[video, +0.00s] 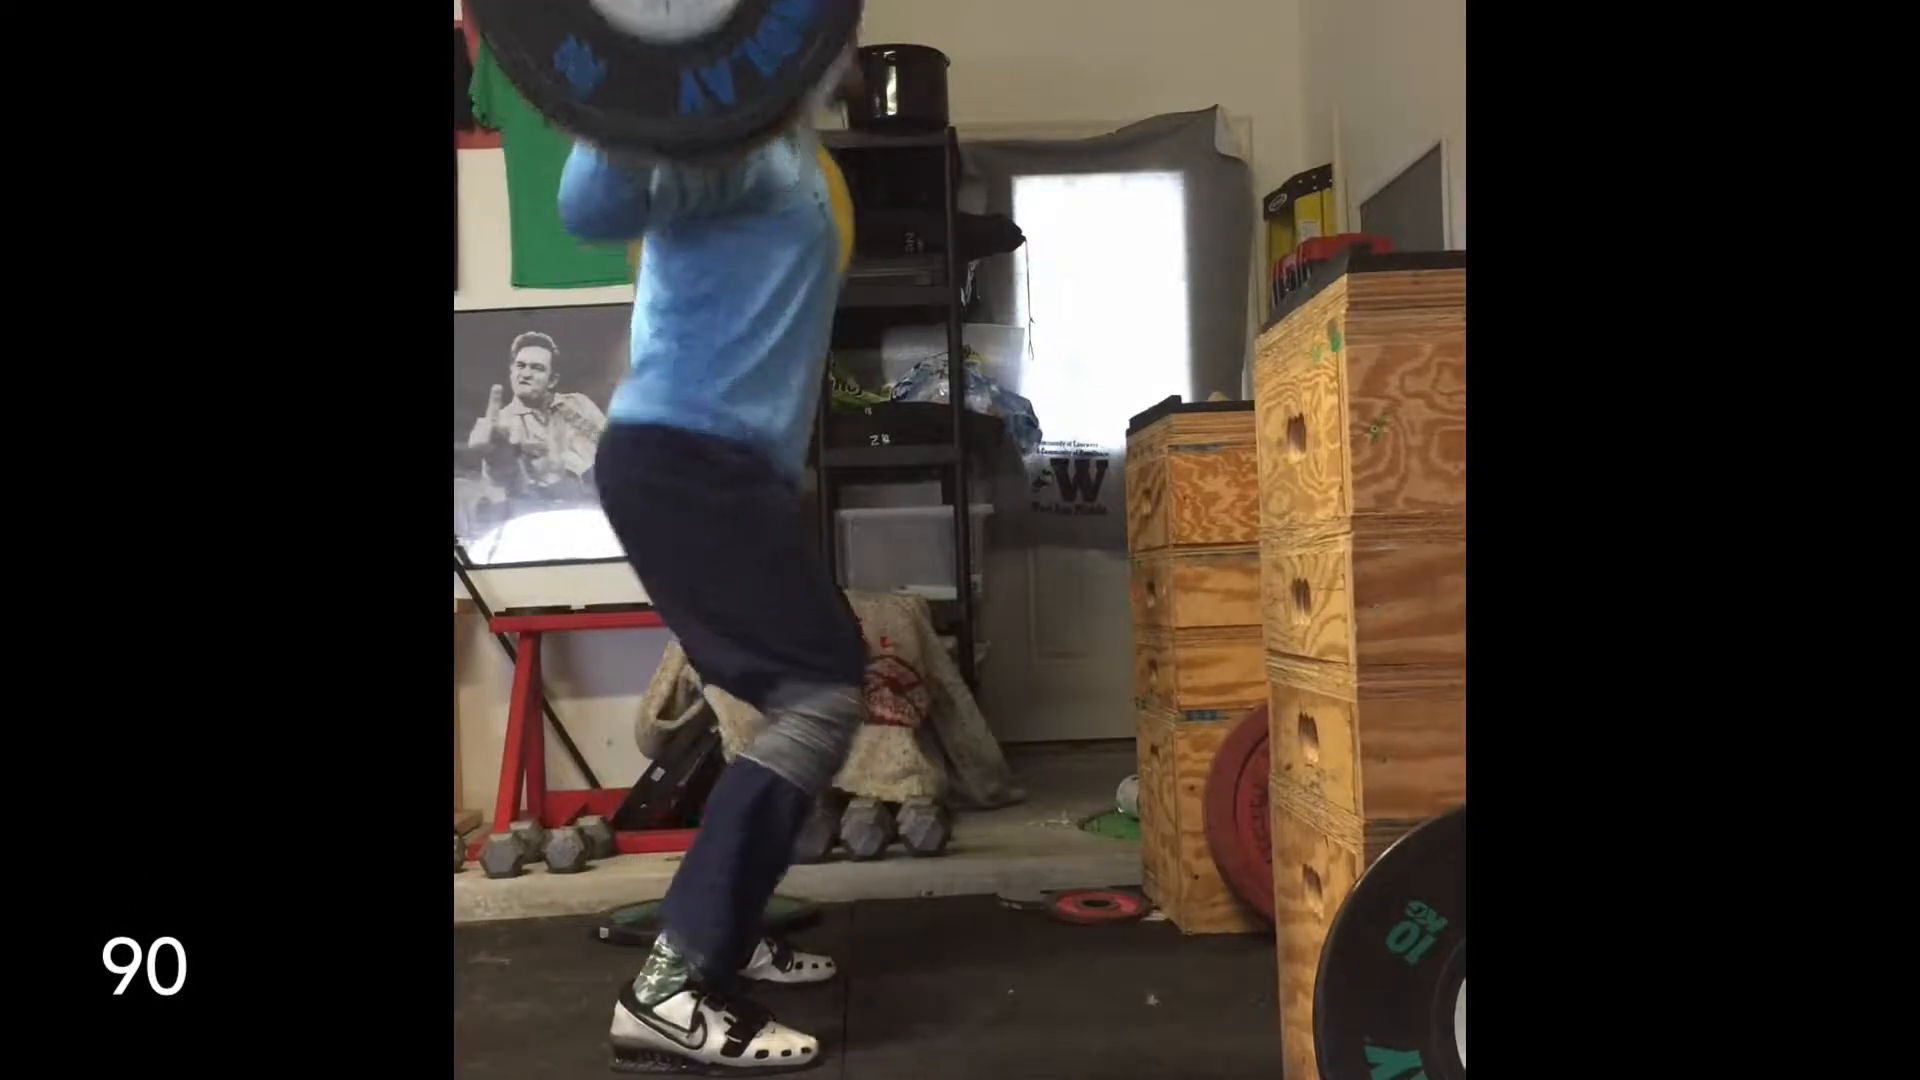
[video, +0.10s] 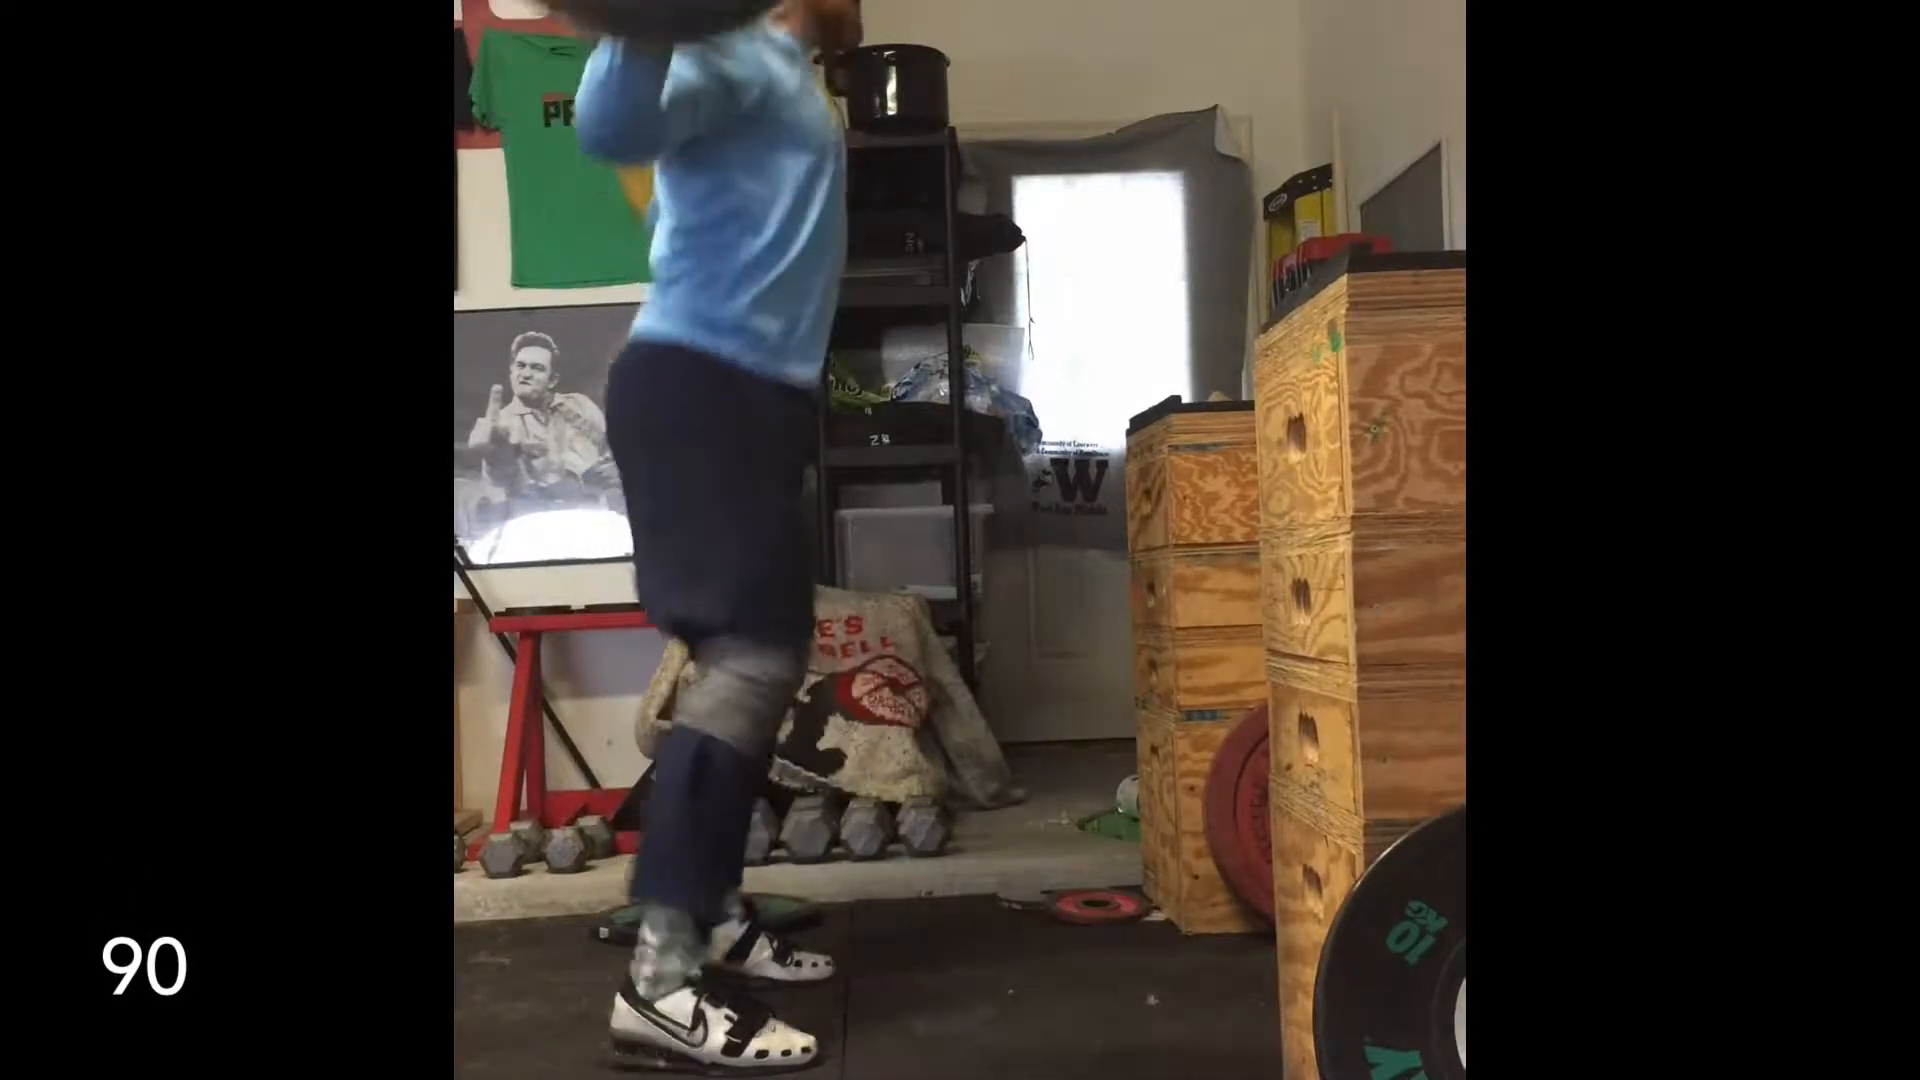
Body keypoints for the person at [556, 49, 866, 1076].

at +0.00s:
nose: (841, 65)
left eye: (839, 48)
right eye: (826, 50)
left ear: (803, 65)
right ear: (778, 60)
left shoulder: (806, 160)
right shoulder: (736, 150)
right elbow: (587, 207)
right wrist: (638, 82)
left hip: (734, 458)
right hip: (683, 456)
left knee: (815, 684)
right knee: (816, 693)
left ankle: (728, 921)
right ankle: (673, 979)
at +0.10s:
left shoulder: (791, 66)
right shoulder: (727, 55)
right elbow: (609, 131)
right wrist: (640, 21)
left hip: (762, 393)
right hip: (701, 387)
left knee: (755, 658)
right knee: (746, 659)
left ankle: (705, 920)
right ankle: (659, 980)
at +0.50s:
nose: (872, 226)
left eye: (876, 206)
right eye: (863, 200)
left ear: (822, 194)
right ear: (799, 179)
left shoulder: (810, 295)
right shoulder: (726, 246)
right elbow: (711, 104)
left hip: (695, 568)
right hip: (616, 559)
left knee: (833, 694)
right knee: (816, 716)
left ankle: (736, 922)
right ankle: (666, 984)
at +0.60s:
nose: (874, 253)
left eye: (876, 233)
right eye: (864, 228)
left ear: (822, 225)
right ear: (800, 213)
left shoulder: (804, 326)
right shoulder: (729, 282)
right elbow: (721, 141)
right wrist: (711, 18)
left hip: (693, 594)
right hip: (612, 588)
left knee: (833, 697)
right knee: (818, 720)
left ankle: (733, 914)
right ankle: (666, 987)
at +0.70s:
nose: (877, 277)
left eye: (879, 257)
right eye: (867, 253)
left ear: (821, 247)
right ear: (804, 237)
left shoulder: (811, 348)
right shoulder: (734, 309)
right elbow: (727, 173)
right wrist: (717, 40)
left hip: (697, 613)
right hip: (614, 611)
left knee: (842, 703)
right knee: (827, 730)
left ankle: (739, 915)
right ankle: (665, 987)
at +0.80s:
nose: (887, 302)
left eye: (888, 282)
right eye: (876, 278)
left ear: (828, 274)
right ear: (814, 265)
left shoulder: (820, 377)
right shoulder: (743, 331)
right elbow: (737, 196)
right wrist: (726, 51)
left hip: (703, 640)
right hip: (616, 635)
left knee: (848, 704)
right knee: (831, 736)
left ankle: (744, 917)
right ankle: (667, 986)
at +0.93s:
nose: (895, 339)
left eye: (898, 319)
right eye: (885, 315)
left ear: (837, 311)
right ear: (825, 304)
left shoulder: (835, 421)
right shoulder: (750, 373)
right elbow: (745, 238)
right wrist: (730, 89)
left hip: (707, 669)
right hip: (621, 671)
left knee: (864, 714)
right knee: (840, 745)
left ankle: (750, 922)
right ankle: (675, 987)